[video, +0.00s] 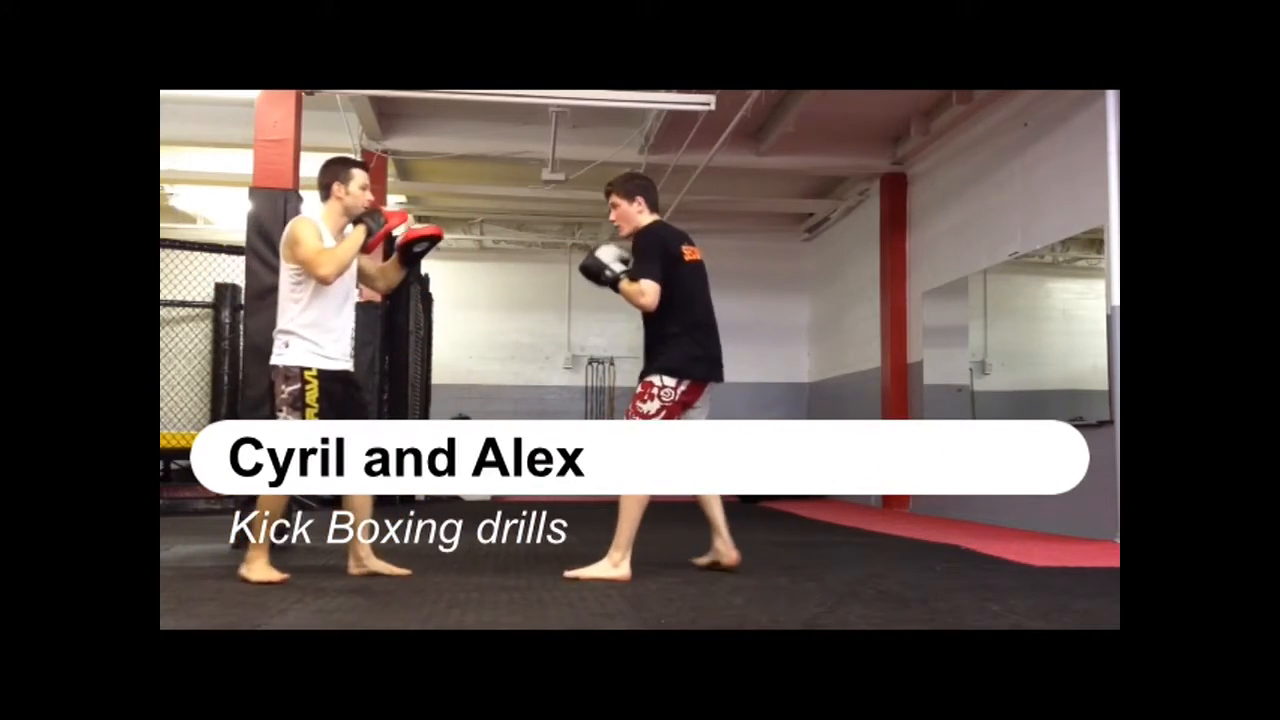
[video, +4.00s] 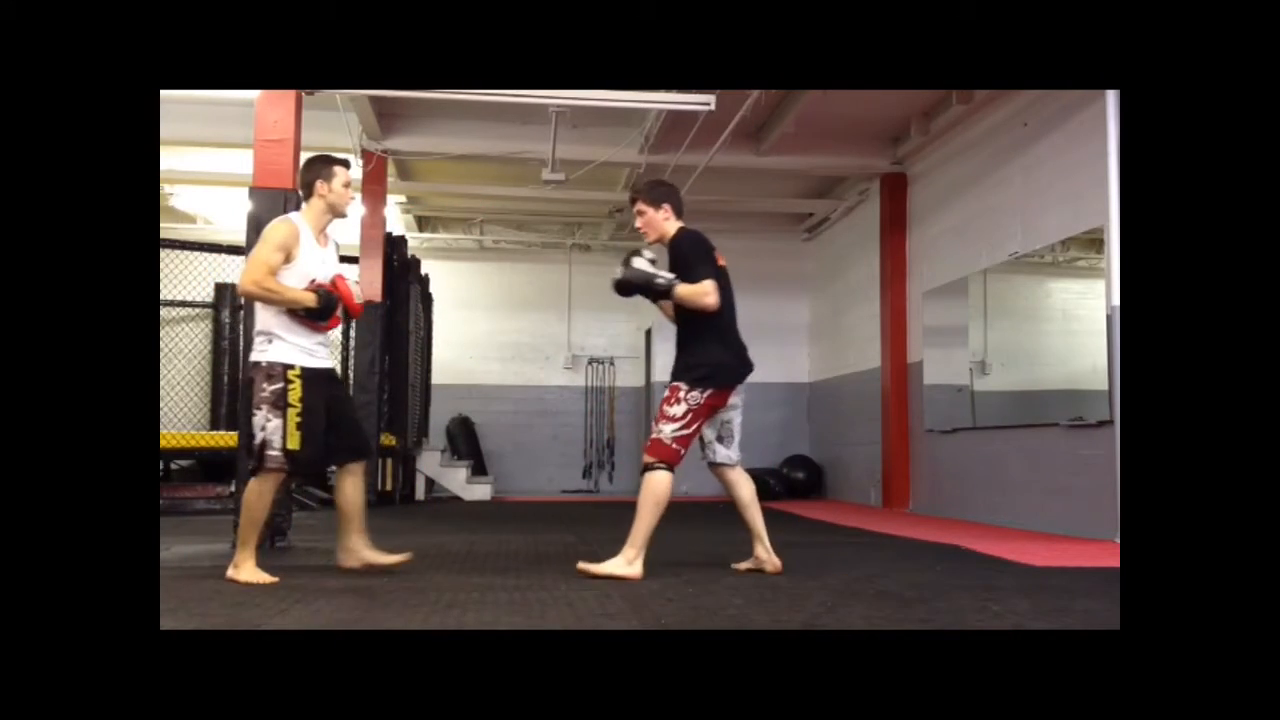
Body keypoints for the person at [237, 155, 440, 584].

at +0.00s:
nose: (369, 197)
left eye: (369, 190)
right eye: (362, 188)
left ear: (344, 193)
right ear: (336, 189)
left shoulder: (347, 240)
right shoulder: (302, 228)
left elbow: (384, 280)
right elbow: (325, 269)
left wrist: (406, 251)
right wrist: (363, 229)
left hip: (339, 365)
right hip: (300, 363)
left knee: (362, 456)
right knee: (288, 460)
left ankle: (361, 552)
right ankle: (256, 556)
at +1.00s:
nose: (439, 217)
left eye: (441, 211)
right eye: (433, 209)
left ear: (415, 210)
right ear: (409, 205)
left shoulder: (405, 252)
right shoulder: (393, 230)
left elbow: (417, 307)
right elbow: (456, 237)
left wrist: (447, 285)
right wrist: (498, 205)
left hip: (393, 373)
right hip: (363, 370)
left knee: (421, 458)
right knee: (332, 463)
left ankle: (422, 550)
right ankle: (269, 550)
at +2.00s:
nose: (384, 211)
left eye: (385, 203)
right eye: (378, 202)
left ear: (359, 204)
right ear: (352, 201)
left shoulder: (362, 250)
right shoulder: (317, 238)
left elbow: (392, 294)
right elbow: (328, 283)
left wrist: (429, 285)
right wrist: (378, 246)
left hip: (365, 372)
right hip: (322, 370)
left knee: (405, 456)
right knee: (303, 468)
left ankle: (399, 549)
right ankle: (259, 560)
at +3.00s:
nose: (345, 212)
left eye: (346, 204)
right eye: (341, 203)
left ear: (319, 203)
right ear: (315, 200)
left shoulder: (314, 252)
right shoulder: (267, 236)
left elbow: (295, 309)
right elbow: (239, 294)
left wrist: (336, 308)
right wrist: (305, 302)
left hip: (298, 372)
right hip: (256, 368)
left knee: (332, 461)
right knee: (246, 468)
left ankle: (337, 551)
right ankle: (196, 555)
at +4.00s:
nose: (352, 195)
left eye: (351, 187)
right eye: (345, 186)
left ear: (325, 191)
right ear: (319, 188)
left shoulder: (327, 243)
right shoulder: (285, 228)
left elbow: (319, 290)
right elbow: (250, 282)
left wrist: (343, 298)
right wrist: (308, 299)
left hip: (319, 366)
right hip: (279, 363)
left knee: (353, 454)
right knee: (274, 464)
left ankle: (353, 546)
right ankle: (243, 561)